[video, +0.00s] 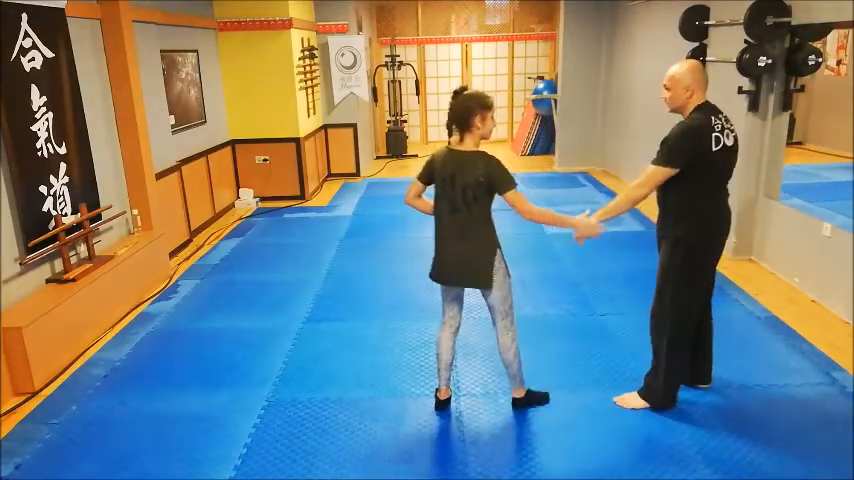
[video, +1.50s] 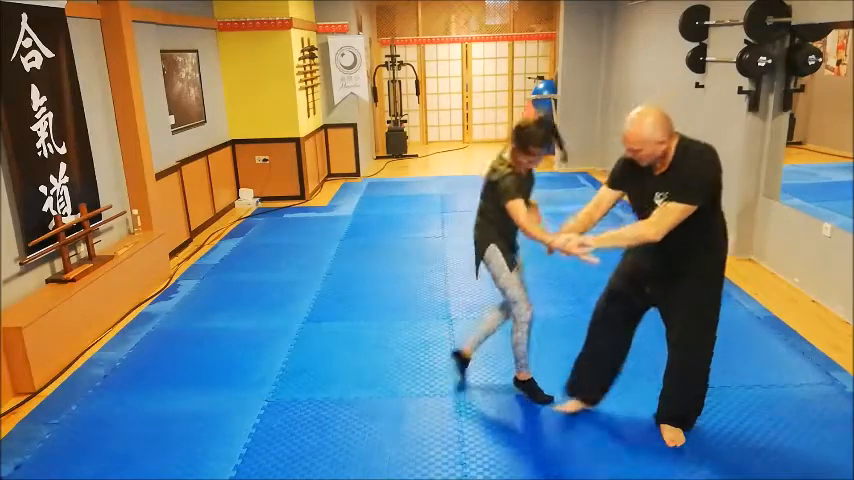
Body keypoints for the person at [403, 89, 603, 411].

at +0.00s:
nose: (494, 122)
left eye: (492, 116)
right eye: (489, 116)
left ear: (464, 121)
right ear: (475, 121)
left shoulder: (438, 159)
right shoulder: (489, 164)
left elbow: (411, 198)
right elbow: (527, 211)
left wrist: (443, 210)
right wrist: (575, 223)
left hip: (447, 255)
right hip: (485, 256)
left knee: (449, 320)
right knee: (504, 323)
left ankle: (442, 391)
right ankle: (519, 391)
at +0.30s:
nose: (512, 124)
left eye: (511, 118)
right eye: (510, 118)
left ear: (480, 120)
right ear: (498, 119)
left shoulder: (460, 159)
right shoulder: (510, 163)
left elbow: (450, 207)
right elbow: (540, 212)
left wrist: (482, 203)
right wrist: (577, 226)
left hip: (470, 254)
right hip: (505, 254)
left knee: (471, 314)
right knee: (514, 324)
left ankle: (450, 383)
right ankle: (522, 393)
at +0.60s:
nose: (508, 130)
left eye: (509, 123)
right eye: (507, 123)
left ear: (478, 121)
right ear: (496, 121)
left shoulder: (453, 157)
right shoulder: (503, 163)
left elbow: (440, 202)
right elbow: (537, 203)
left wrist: (472, 205)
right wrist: (572, 199)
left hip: (462, 252)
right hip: (497, 253)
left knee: (460, 318)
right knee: (506, 326)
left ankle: (451, 383)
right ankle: (520, 393)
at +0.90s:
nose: (504, 134)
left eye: (505, 128)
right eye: (502, 127)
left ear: (479, 123)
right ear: (488, 123)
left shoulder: (444, 157)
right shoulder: (492, 162)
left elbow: (425, 200)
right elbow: (544, 189)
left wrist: (458, 204)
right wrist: (590, 182)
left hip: (450, 250)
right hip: (480, 252)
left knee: (455, 316)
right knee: (501, 320)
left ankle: (451, 383)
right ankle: (516, 386)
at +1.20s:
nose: (516, 143)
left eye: (519, 138)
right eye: (516, 136)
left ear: (491, 128)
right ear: (499, 130)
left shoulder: (461, 155)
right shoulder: (492, 165)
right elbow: (535, 201)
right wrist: (580, 212)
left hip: (453, 247)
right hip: (481, 249)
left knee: (457, 314)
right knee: (510, 311)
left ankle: (451, 383)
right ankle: (517, 381)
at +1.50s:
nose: (531, 163)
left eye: (537, 158)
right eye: (527, 156)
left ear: (543, 153)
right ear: (514, 148)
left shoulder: (524, 170)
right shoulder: (504, 175)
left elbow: (528, 202)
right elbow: (522, 221)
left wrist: (534, 219)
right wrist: (556, 243)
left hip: (508, 239)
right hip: (490, 240)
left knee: (509, 306)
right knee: (523, 310)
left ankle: (465, 352)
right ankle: (522, 376)